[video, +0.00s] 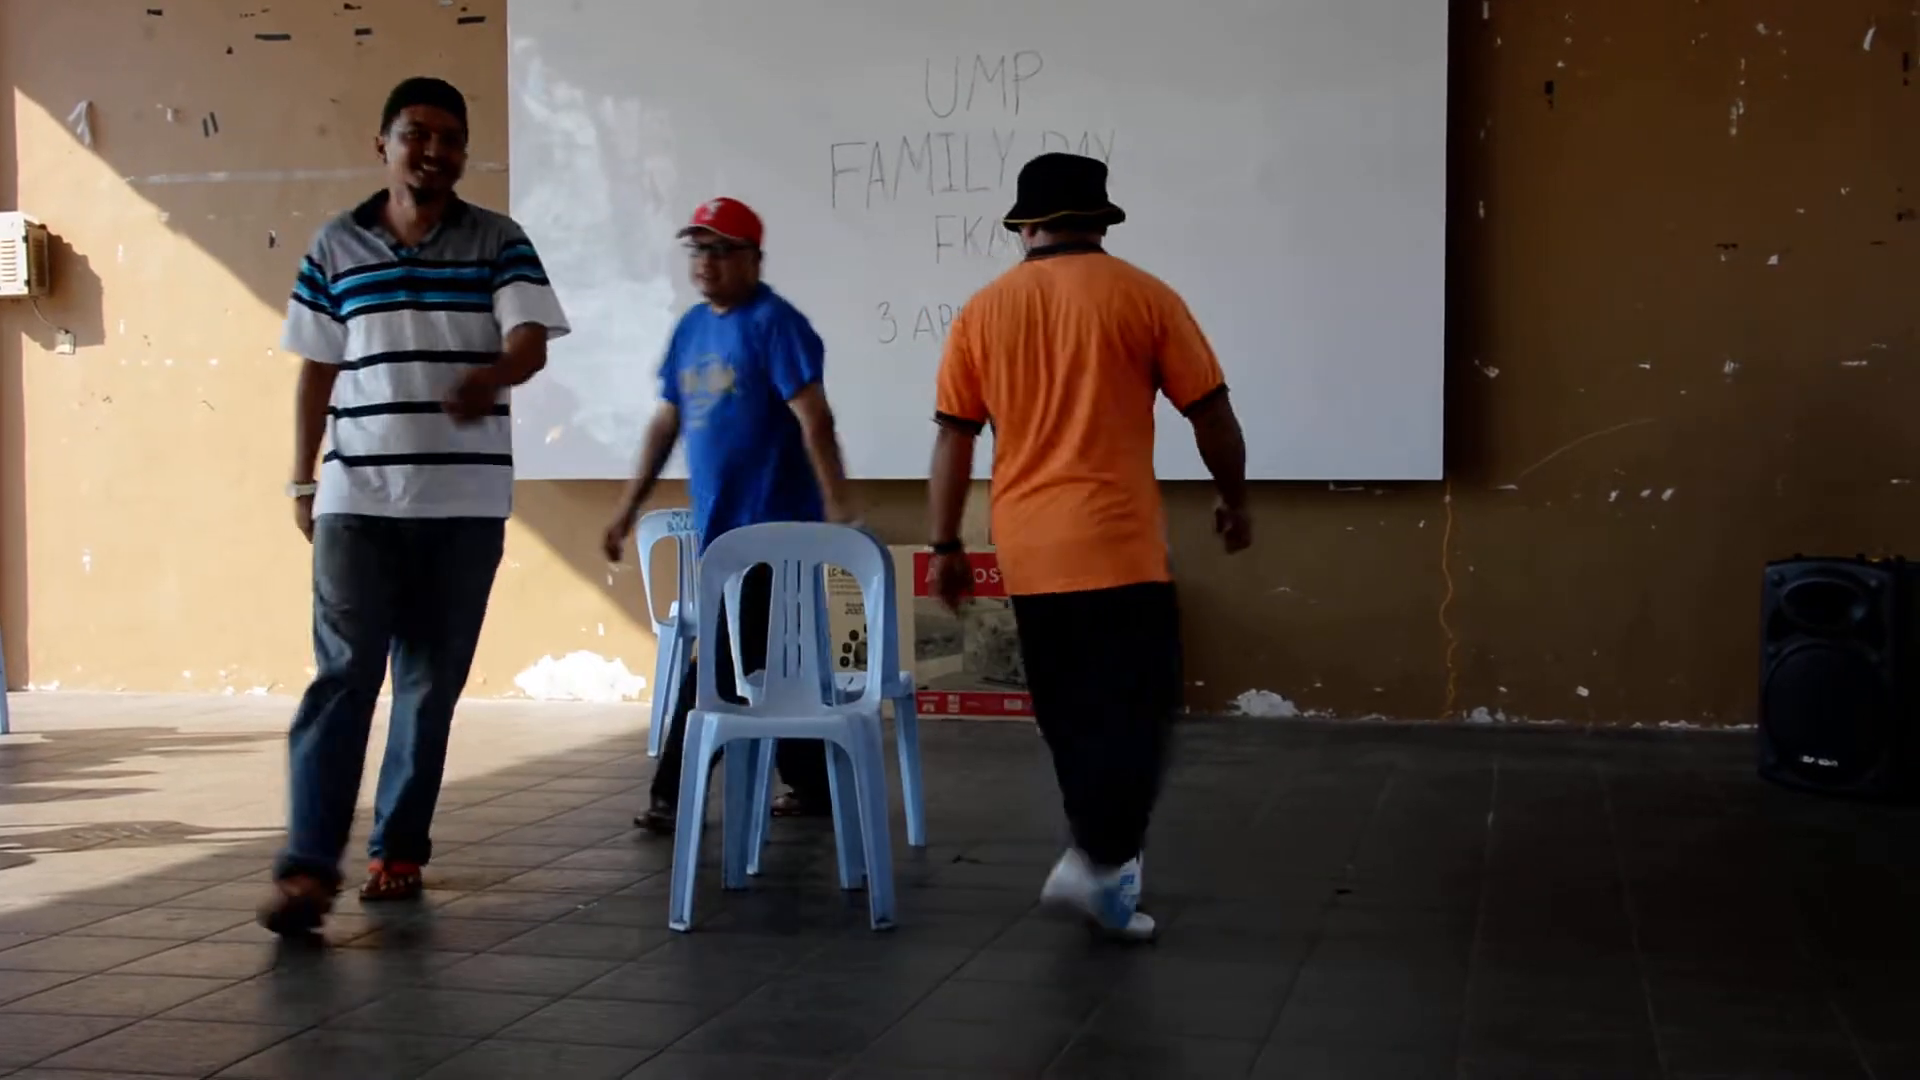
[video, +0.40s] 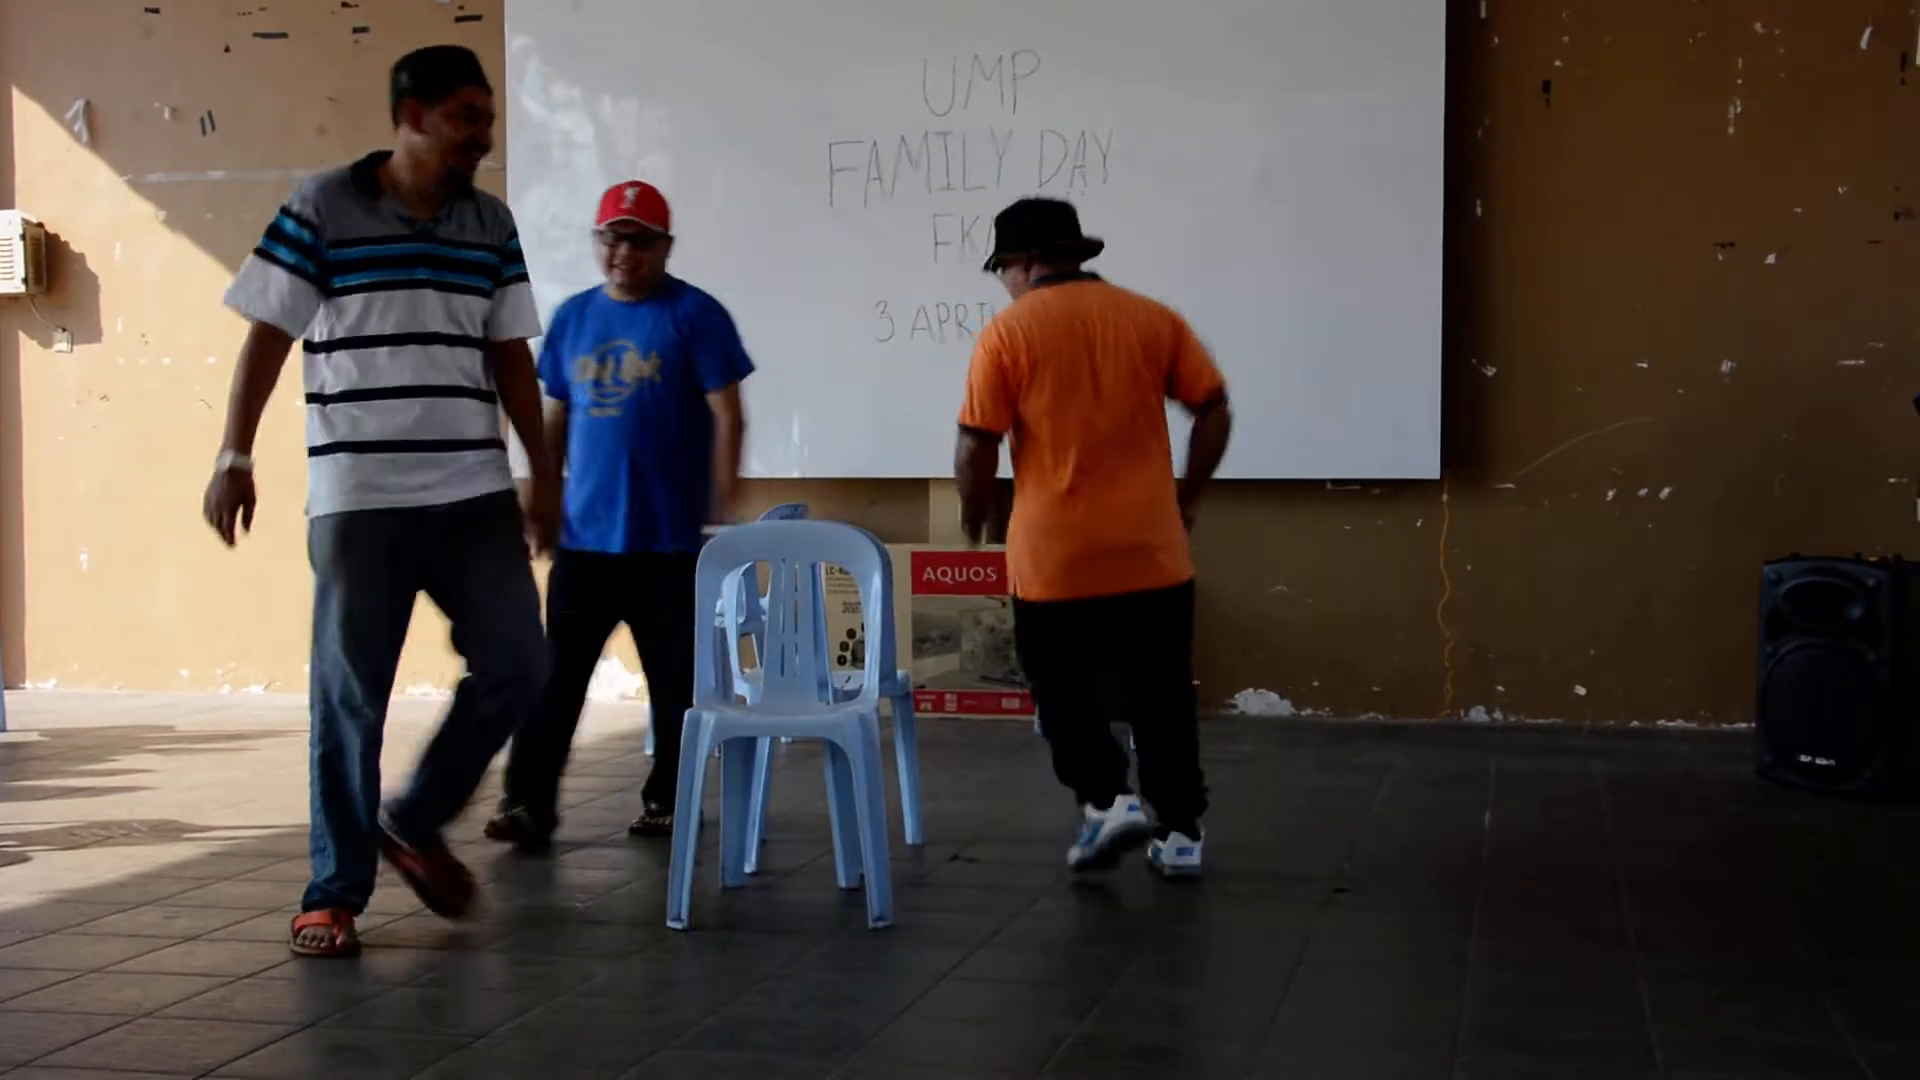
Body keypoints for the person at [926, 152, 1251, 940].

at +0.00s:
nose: (1024, 242)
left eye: (1022, 232)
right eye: (1099, 226)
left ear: (1026, 231)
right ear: (1100, 225)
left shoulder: (985, 311)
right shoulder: (1143, 295)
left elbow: (954, 437)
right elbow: (1211, 413)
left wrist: (944, 547)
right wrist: (1232, 497)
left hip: (1030, 556)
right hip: (1125, 550)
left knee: (1068, 713)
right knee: (1143, 705)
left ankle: (1116, 889)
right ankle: (1089, 860)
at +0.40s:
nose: (1004, 284)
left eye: (1005, 270)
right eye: (1002, 271)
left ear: (1028, 264)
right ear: (1076, 258)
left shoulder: (1008, 333)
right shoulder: (1150, 316)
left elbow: (975, 451)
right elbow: (1213, 409)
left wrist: (976, 517)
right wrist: (1187, 495)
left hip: (1054, 551)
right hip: (1152, 541)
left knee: (1062, 690)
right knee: (1164, 694)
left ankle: (1107, 800)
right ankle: (1180, 833)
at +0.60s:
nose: (957, 283)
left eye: (959, 269)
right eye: (955, 271)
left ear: (988, 261)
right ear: (1026, 255)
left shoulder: (987, 323)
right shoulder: (1102, 310)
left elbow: (986, 419)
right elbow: (1134, 409)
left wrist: (984, 510)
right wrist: (1077, 453)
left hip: (1028, 539)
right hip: (1117, 533)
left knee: (1023, 678)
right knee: (1120, 659)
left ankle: (1056, 804)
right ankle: (1171, 777)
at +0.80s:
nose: (899, 302)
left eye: (903, 287)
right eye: (896, 289)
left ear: (933, 277)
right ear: (961, 272)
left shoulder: (944, 338)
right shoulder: (1023, 322)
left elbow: (939, 441)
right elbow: (1069, 407)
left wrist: (887, 489)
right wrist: (1035, 473)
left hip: (981, 542)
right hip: (1045, 532)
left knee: (989, 679)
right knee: (1020, 652)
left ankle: (1046, 803)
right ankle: (1080, 757)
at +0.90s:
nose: (867, 292)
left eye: (872, 278)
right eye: (864, 280)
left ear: (903, 269)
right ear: (928, 264)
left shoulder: (916, 328)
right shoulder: (987, 311)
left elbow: (914, 428)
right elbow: (1036, 388)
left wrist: (854, 470)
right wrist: (1007, 454)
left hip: (952, 532)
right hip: (1008, 521)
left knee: (957, 665)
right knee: (976, 656)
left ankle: (1041, 781)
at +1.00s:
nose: (835, 305)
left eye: (842, 291)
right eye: (832, 294)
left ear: (875, 284)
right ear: (890, 284)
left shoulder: (897, 341)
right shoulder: (940, 329)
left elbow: (910, 439)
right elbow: (975, 412)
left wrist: (856, 506)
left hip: (924, 545)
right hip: (967, 538)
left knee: (913, 662)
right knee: (939, 660)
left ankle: (975, 759)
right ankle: (970, 770)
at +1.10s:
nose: (799, 306)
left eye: (806, 292)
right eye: (795, 294)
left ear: (841, 285)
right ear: (842, 288)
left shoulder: (876, 339)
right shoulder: (857, 339)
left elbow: (915, 434)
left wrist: (872, 518)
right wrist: (827, 475)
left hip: (895, 545)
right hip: (880, 539)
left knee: (900, 660)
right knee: (902, 660)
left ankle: (962, 770)